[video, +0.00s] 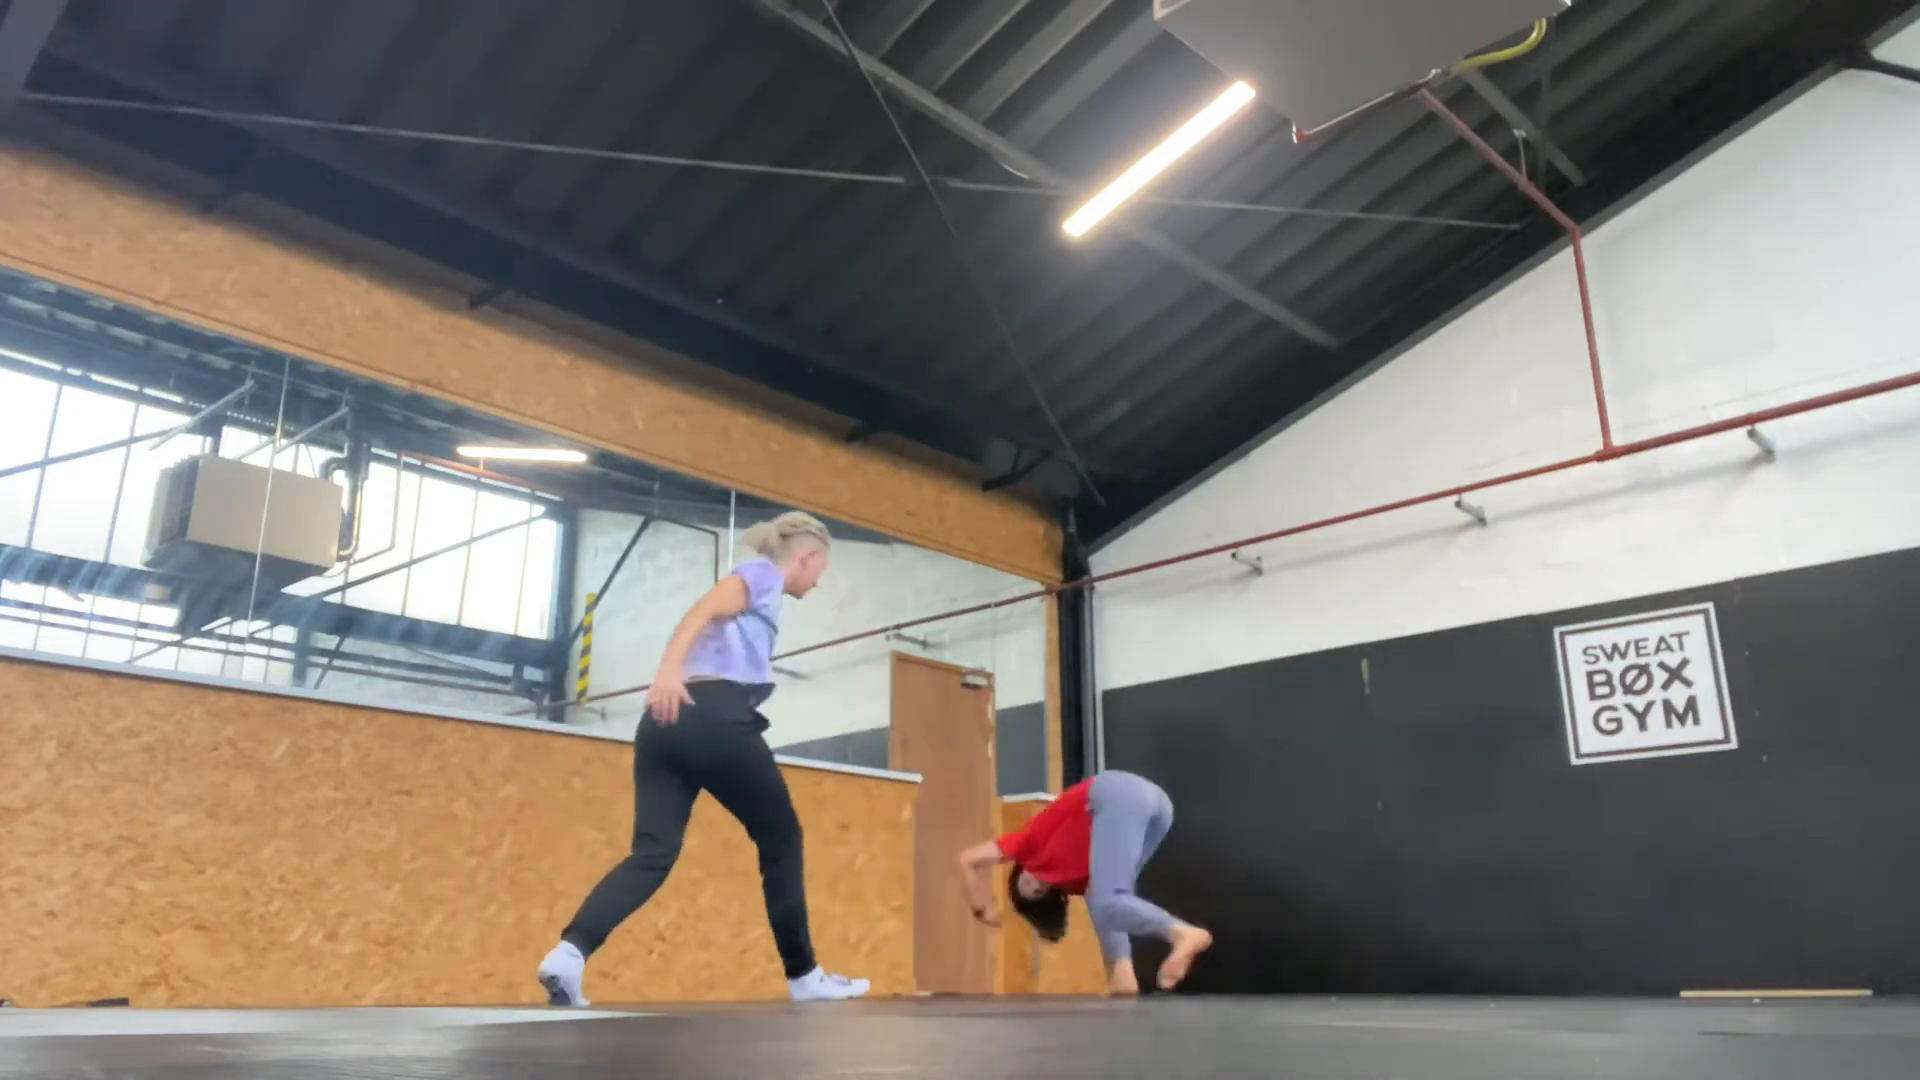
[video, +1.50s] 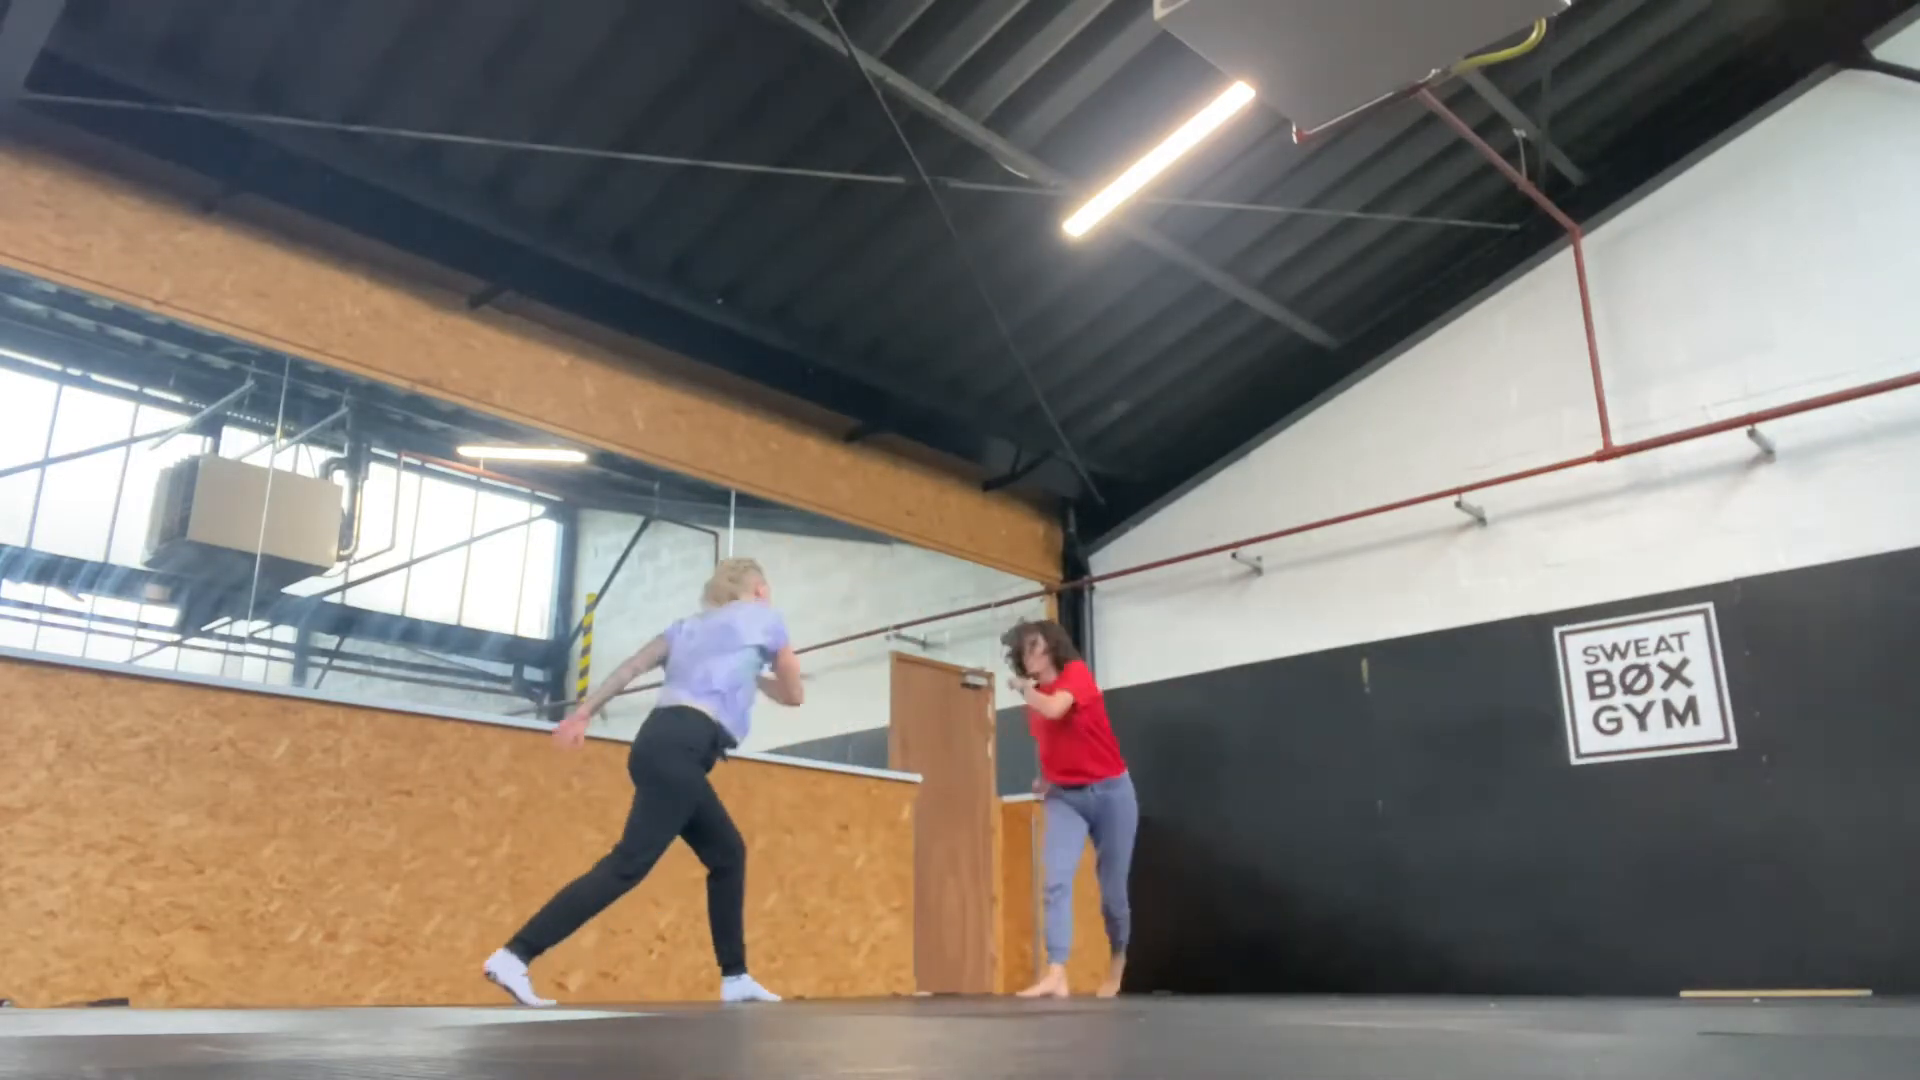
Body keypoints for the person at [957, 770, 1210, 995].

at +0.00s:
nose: (1035, 887)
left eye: (1026, 886)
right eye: (1035, 894)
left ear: (1021, 875)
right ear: (1045, 897)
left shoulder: (1026, 844)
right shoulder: (1079, 881)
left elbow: (968, 859)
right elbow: (1104, 906)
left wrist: (981, 909)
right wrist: (1115, 970)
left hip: (1121, 792)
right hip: (1161, 807)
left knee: (1109, 903)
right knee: (1103, 900)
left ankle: (1184, 934)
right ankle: (1123, 979)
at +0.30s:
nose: (1042, 741)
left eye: (1038, 731)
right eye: (1035, 746)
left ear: (1049, 720)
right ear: (1040, 757)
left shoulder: (1083, 717)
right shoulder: (1073, 778)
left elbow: (1101, 684)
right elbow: (1117, 828)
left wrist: (1073, 721)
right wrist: (1086, 865)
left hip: (1196, 778)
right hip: (1165, 810)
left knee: (1223, 869)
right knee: (1112, 868)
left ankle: (1309, 953)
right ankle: (1129, 966)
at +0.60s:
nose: (1118, 692)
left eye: (1123, 681)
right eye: (1113, 687)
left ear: (1150, 677)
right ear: (1116, 696)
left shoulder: (1196, 703)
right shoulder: (1135, 743)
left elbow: (1253, 750)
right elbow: (1138, 813)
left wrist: (1192, 759)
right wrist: (1155, 812)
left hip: (1243, 813)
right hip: (1189, 823)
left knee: (1243, 879)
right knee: (1110, 869)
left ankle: (1314, 976)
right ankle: (1126, 966)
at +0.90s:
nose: (1071, 694)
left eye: (1076, 685)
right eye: (1068, 688)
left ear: (1101, 684)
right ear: (1075, 693)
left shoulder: (1152, 705)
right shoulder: (1083, 734)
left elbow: (1214, 729)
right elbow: (1053, 759)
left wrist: (1190, 750)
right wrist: (1035, 756)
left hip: (1194, 815)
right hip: (1146, 822)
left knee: (1224, 894)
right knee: (1073, 880)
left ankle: (1307, 975)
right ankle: (1057, 979)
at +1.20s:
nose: (1022, 687)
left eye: (1026, 677)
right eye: (1015, 680)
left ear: (1045, 666)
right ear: (1010, 676)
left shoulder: (1072, 676)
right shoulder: (1014, 713)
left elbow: (1086, 700)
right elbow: (974, 743)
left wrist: (1036, 696)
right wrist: (923, 771)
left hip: (1130, 782)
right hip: (1084, 799)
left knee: (1171, 877)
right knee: (1046, 872)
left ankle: (1223, 958)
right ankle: (1054, 978)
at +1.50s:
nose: (1033, 653)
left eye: (1038, 645)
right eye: (1027, 648)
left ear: (1053, 646)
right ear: (1022, 658)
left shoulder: (1076, 672)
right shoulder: (1035, 696)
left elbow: (1055, 708)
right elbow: (1051, 745)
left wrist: (1027, 688)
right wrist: (1046, 777)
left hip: (1110, 792)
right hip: (1064, 796)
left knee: (1112, 890)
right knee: (1055, 881)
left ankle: (1117, 966)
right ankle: (1055, 973)